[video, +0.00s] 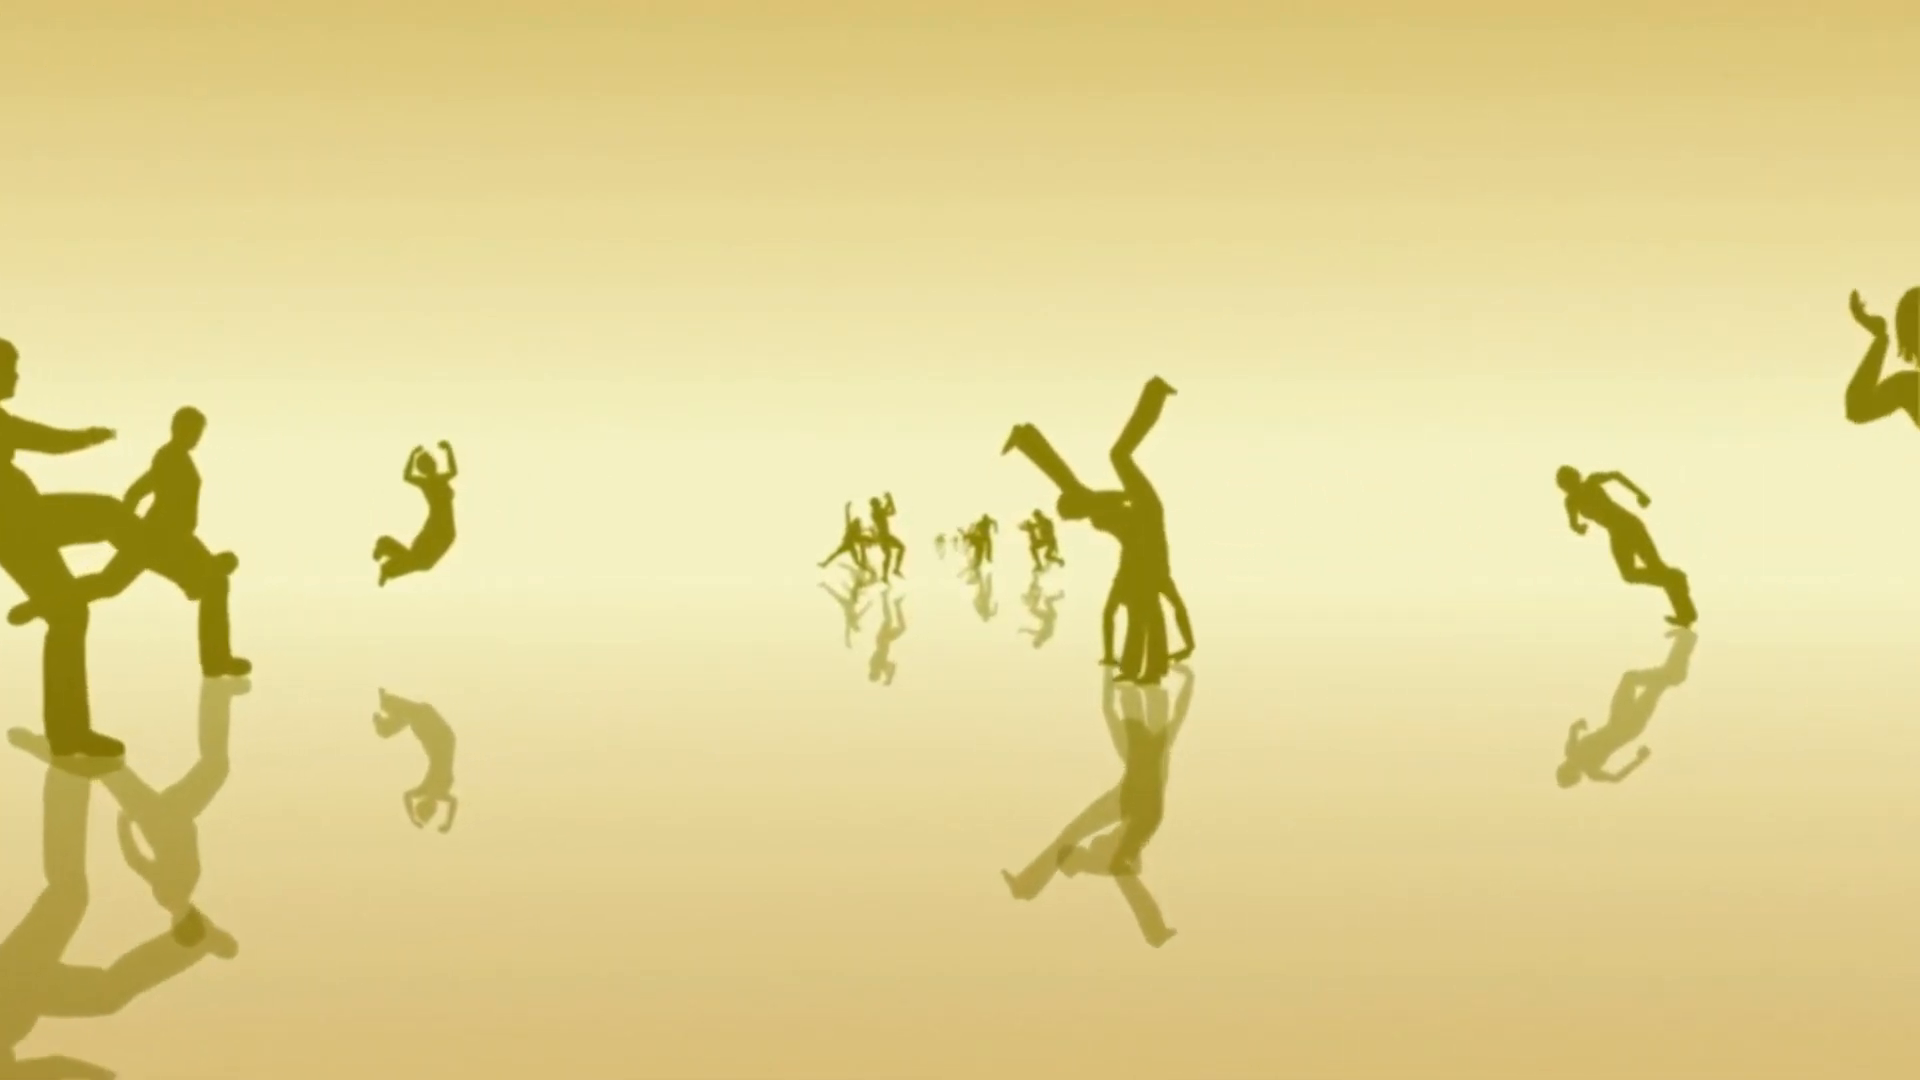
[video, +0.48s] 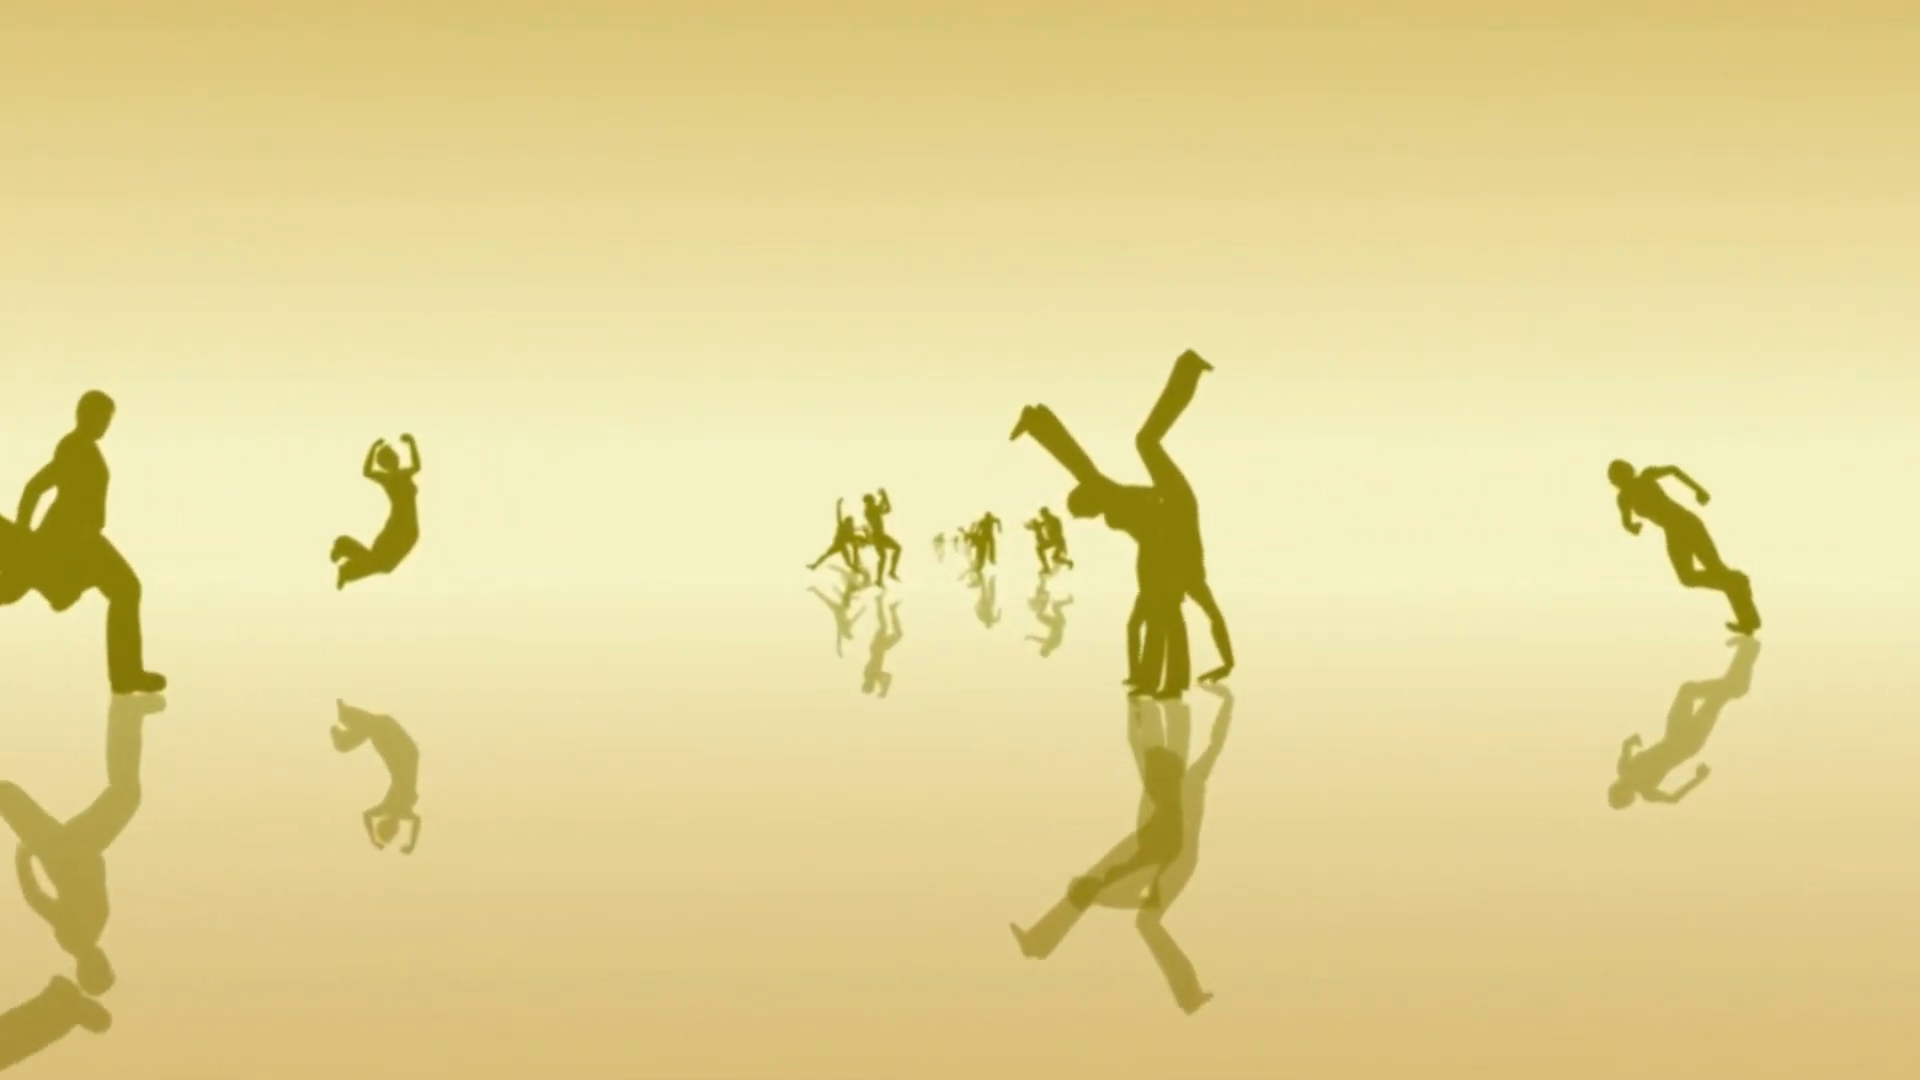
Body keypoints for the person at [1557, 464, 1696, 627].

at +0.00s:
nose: (1567, 487)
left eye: (1567, 482)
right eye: (1563, 485)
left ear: (1574, 477)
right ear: (1562, 486)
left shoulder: (1592, 481)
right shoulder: (1571, 501)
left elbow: (1616, 475)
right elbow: (1573, 522)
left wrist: (1639, 493)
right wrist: (1579, 528)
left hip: (1629, 523)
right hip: (1615, 531)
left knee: (1655, 565)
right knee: (1629, 574)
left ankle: (1685, 612)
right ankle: (1673, 578)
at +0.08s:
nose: (1578, 486)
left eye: (1579, 481)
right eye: (1574, 484)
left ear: (1586, 476)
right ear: (1573, 485)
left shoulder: (1604, 480)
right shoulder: (1582, 500)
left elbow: (1629, 473)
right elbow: (1584, 522)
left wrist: (1652, 493)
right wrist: (1591, 528)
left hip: (1641, 523)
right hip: (1627, 531)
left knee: (1669, 566)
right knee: (1642, 575)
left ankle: (1698, 614)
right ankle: (1686, 579)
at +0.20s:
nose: (1586, 486)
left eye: (1586, 480)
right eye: (1582, 483)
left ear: (1593, 475)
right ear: (1582, 484)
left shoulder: (1612, 479)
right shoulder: (1590, 500)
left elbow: (1637, 473)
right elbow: (1592, 521)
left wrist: (1661, 492)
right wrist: (1599, 528)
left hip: (1650, 522)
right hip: (1636, 531)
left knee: (1678, 567)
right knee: (1650, 575)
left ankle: (1708, 615)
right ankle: (1695, 579)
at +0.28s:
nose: (1599, 484)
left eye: (1599, 478)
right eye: (1595, 481)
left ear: (1605, 474)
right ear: (1595, 482)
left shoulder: (1625, 478)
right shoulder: (1602, 499)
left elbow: (1650, 471)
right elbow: (1605, 521)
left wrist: (1674, 490)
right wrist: (1612, 528)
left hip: (1663, 522)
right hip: (1649, 531)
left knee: (1692, 567)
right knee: (1664, 576)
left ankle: (1722, 616)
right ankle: (1709, 580)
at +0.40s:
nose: (1605, 484)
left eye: (1605, 478)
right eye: (1602, 480)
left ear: (1612, 474)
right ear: (1603, 481)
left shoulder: (1633, 477)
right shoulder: (1610, 499)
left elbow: (1659, 471)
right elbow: (1613, 522)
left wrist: (1683, 490)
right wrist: (1620, 528)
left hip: (1671, 522)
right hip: (1658, 530)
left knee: (1701, 567)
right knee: (1673, 577)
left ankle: (1732, 617)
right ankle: (1719, 580)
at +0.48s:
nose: (1618, 483)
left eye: (1618, 477)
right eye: (1615, 480)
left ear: (1625, 473)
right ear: (1616, 480)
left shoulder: (1647, 475)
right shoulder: (1624, 498)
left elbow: (1673, 469)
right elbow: (1626, 521)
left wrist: (1698, 490)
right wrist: (1633, 528)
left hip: (1686, 521)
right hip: (1672, 530)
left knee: (1716, 568)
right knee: (1687, 577)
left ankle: (1747, 619)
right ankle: (1734, 581)